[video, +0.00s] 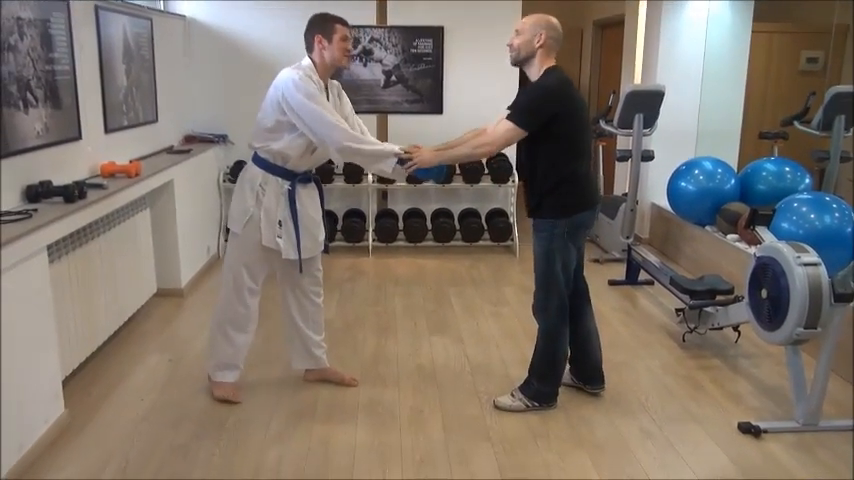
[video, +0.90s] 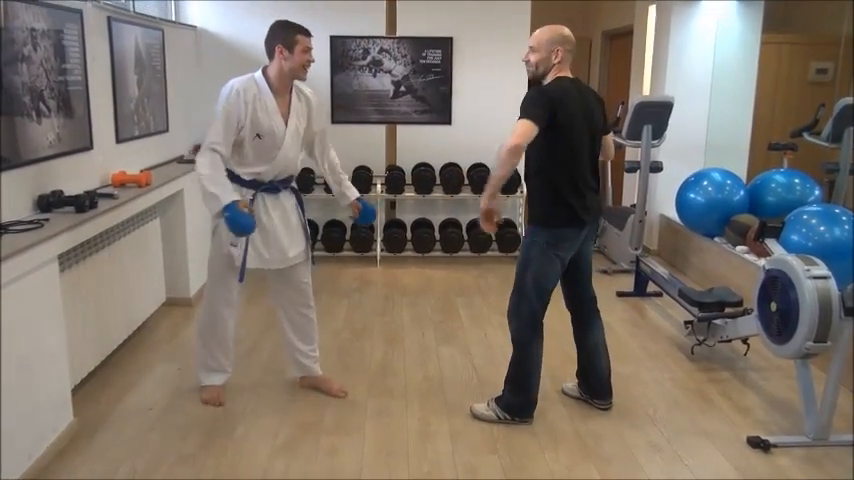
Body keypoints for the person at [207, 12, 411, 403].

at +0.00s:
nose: (350, 49)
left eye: (351, 42)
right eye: (344, 41)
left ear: (331, 46)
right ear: (319, 44)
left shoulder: (335, 91)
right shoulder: (293, 82)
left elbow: (362, 139)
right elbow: (338, 140)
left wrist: (401, 167)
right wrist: (398, 155)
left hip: (303, 192)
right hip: (264, 187)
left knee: (307, 278)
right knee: (244, 281)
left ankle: (314, 364)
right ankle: (223, 372)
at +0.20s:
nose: (333, 40)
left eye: (332, 33)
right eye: (326, 32)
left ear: (311, 39)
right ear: (301, 37)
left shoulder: (321, 87)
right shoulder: (273, 79)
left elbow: (346, 143)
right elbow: (299, 143)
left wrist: (380, 186)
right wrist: (362, 170)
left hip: (300, 189)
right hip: (258, 187)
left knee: (308, 276)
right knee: (237, 278)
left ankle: (317, 360)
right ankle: (210, 366)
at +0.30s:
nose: (321, 40)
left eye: (319, 34)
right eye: (314, 34)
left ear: (299, 39)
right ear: (290, 37)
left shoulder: (310, 87)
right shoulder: (259, 80)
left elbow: (331, 148)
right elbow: (268, 149)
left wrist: (354, 199)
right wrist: (325, 186)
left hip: (298, 191)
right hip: (256, 191)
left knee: (307, 278)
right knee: (234, 277)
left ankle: (318, 361)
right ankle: (212, 366)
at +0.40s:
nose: (311, 42)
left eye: (309, 36)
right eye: (304, 35)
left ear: (284, 41)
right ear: (279, 40)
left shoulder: (303, 90)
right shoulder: (245, 85)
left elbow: (309, 153)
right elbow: (244, 155)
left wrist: (316, 205)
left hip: (290, 193)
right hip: (247, 195)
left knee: (306, 281)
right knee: (229, 285)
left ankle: (319, 363)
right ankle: (212, 369)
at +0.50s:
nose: (302, 47)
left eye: (301, 40)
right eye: (296, 40)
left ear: (276, 45)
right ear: (271, 44)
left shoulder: (293, 92)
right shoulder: (235, 89)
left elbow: (282, 154)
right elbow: (218, 157)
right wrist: (211, 221)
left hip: (281, 196)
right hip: (239, 197)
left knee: (303, 284)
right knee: (225, 289)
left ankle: (318, 365)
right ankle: (211, 371)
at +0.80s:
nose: (304, 55)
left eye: (304, 48)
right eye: (298, 48)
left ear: (280, 51)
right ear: (273, 50)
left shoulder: (296, 95)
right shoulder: (233, 92)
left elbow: (307, 152)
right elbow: (196, 152)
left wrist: (325, 196)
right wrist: (194, 207)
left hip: (281, 201)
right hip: (236, 201)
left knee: (297, 286)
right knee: (221, 291)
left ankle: (307, 369)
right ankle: (213, 376)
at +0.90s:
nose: (312, 60)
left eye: (312, 53)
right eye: (306, 52)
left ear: (292, 55)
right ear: (280, 52)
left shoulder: (309, 100)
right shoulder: (240, 92)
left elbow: (324, 155)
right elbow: (210, 155)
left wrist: (353, 197)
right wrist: (228, 203)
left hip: (283, 202)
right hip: (238, 200)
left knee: (298, 289)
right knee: (223, 291)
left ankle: (310, 371)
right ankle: (213, 377)